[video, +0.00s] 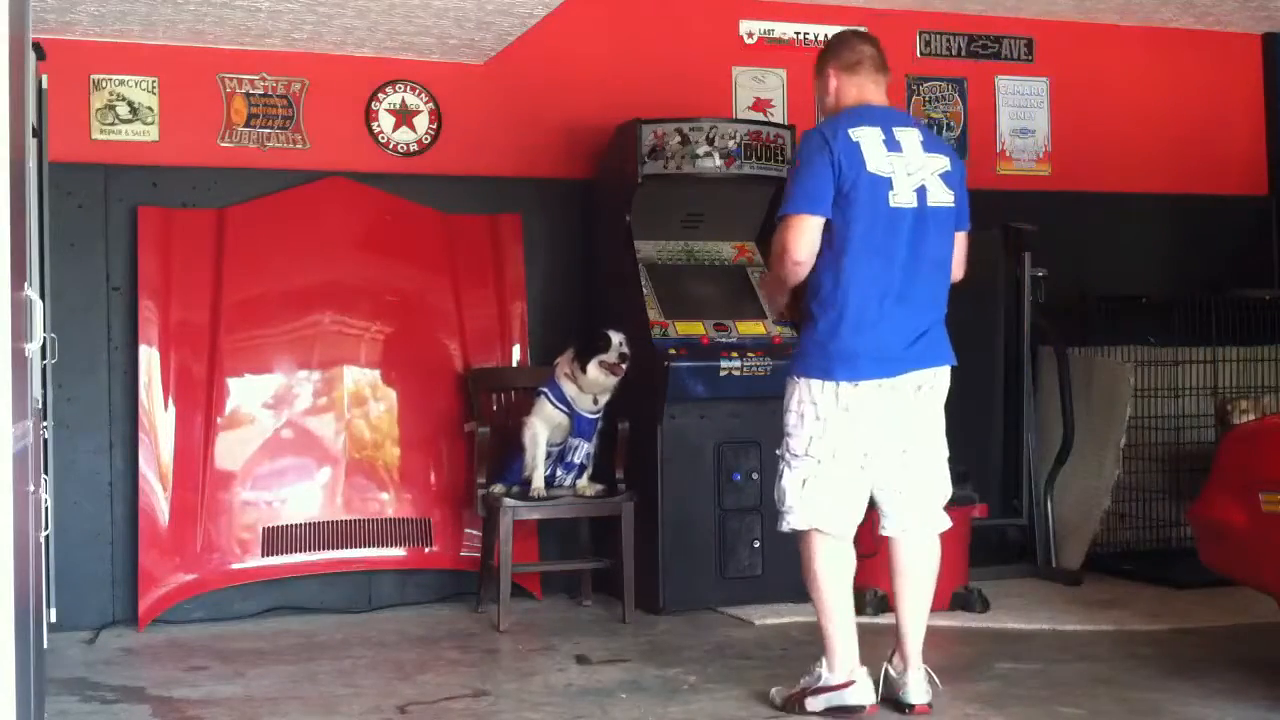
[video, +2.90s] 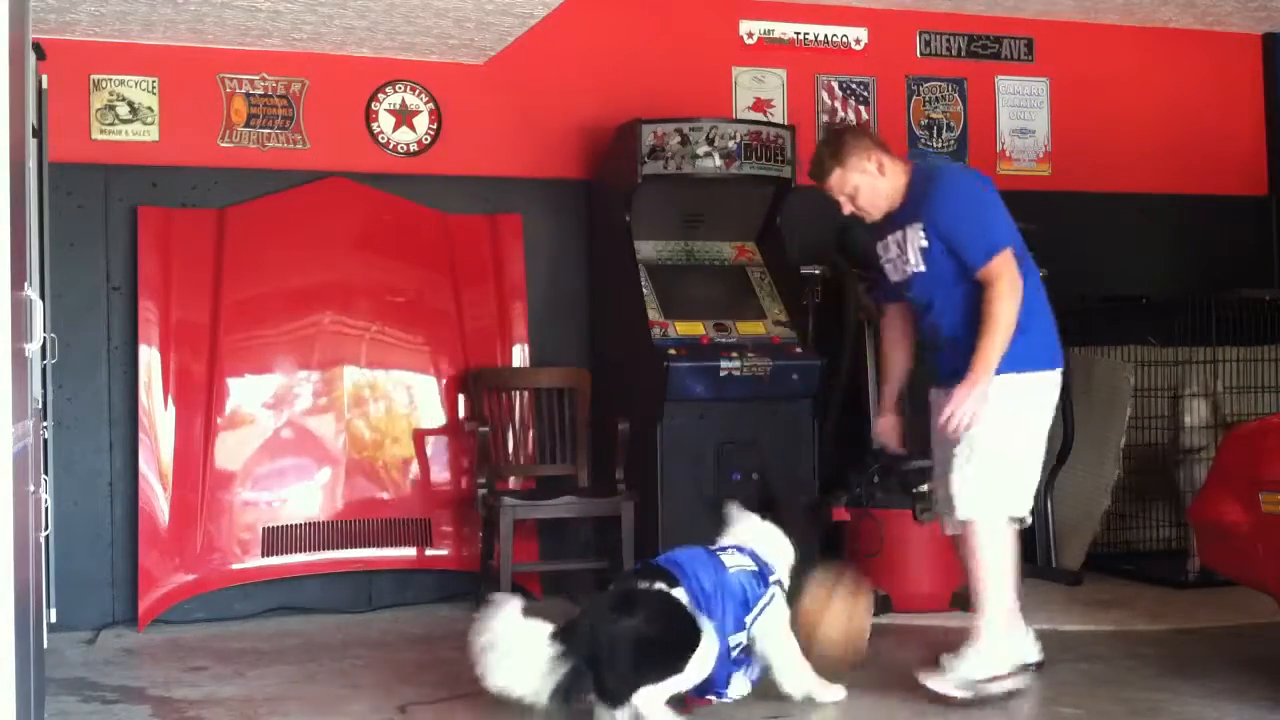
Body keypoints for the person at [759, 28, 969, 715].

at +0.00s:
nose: (819, 98)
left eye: (818, 87)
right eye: (820, 87)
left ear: (832, 79)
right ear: (886, 80)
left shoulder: (828, 142)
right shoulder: (942, 149)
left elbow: (796, 256)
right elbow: (955, 266)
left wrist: (774, 291)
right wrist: (880, 276)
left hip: (839, 370)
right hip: (923, 366)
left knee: (824, 519)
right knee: (915, 515)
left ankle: (841, 675)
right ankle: (911, 670)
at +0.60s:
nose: (749, 159)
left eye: (746, 148)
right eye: (746, 150)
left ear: (759, 130)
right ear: (801, 118)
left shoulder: (784, 173)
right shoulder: (868, 162)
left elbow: (781, 285)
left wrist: (767, 390)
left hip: (853, 366)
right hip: (935, 356)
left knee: (833, 522)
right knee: (924, 514)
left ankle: (843, 674)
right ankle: (957, 660)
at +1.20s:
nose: (814, 170)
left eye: (809, 155)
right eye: (808, 159)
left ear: (828, 130)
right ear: (856, 122)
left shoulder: (870, 169)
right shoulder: (932, 161)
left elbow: (866, 262)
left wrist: (768, 291)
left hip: (921, 362)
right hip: (990, 353)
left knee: (884, 507)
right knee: (979, 506)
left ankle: (895, 657)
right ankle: (981, 649)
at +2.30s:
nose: (792, 179)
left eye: (787, 163)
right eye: (783, 171)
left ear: (813, 125)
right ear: (819, 124)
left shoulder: (862, 166)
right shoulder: (882, 153)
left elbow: (889, 256)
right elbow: (905, 257)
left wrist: (836, 351)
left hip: (918, 357)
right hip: (953, 350)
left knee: (895, 507)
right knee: (943, 498)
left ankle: (905, 663)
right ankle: (990, 630)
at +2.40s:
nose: (797, 177)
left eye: (794, 161)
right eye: (789, 169)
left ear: (820, 123)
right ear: (828, 121)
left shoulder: (870, 164)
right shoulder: (888, 153)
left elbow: (910, 250)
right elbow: (892, 262)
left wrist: (898, 362)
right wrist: (827, 297)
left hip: (924, 359)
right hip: (955, 355)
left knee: (900, 503)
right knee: (941, 496)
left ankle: (905, 663)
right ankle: (995, 621)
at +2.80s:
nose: (840, 202)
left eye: (840, 186)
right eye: (831, 194)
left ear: (870, 154)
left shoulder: (944, 185)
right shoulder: (881, 223)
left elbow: (1002, 269)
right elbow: (881, 325)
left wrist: (986, 369)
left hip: (995, 375)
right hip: (942, 379)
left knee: (960, 511)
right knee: (963, 512)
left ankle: (930, 655)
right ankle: (1012, 634)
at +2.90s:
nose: (848, 210)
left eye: (849, 195)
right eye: (840, 201)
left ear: (878, 163)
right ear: (866, 176)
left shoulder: (953, 190)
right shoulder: (882, 227)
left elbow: (1005, 279)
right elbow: (896, 318)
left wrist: (978, 378)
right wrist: (889, 403)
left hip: (1014, 366)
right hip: (956, 371)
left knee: (986, 498)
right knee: (964, 502)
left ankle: (996, 642)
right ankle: (1008, 632)